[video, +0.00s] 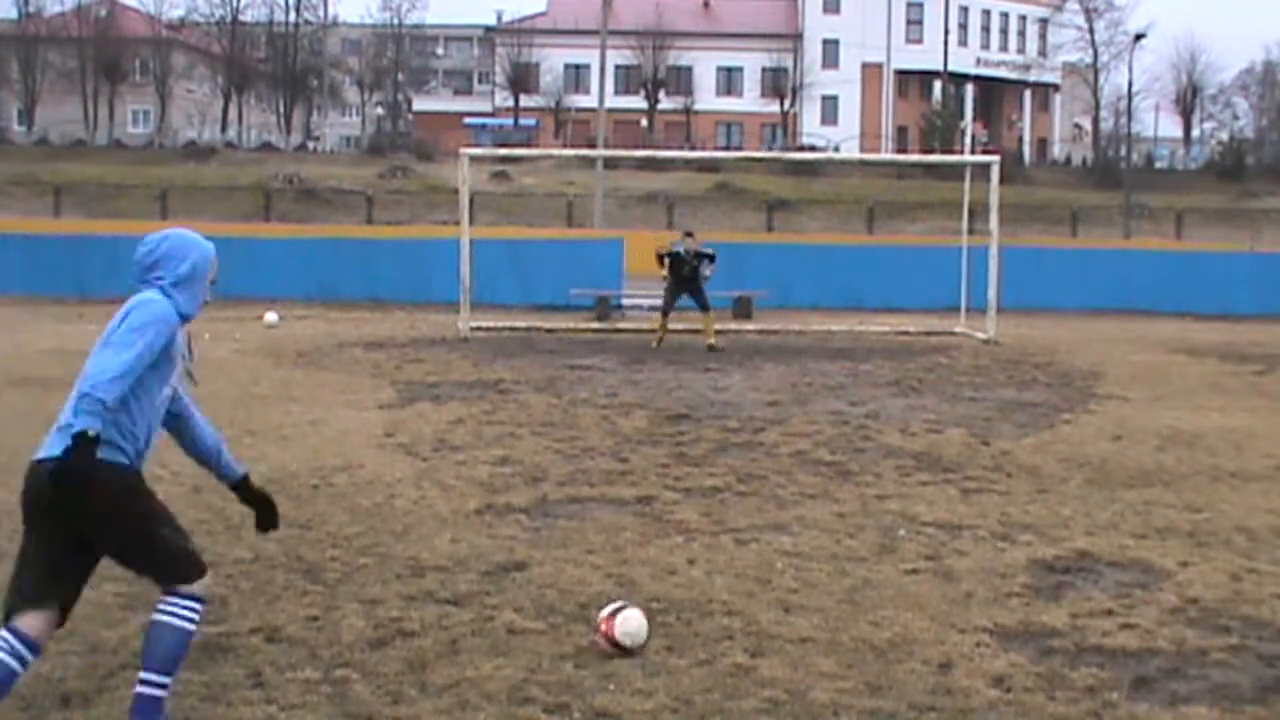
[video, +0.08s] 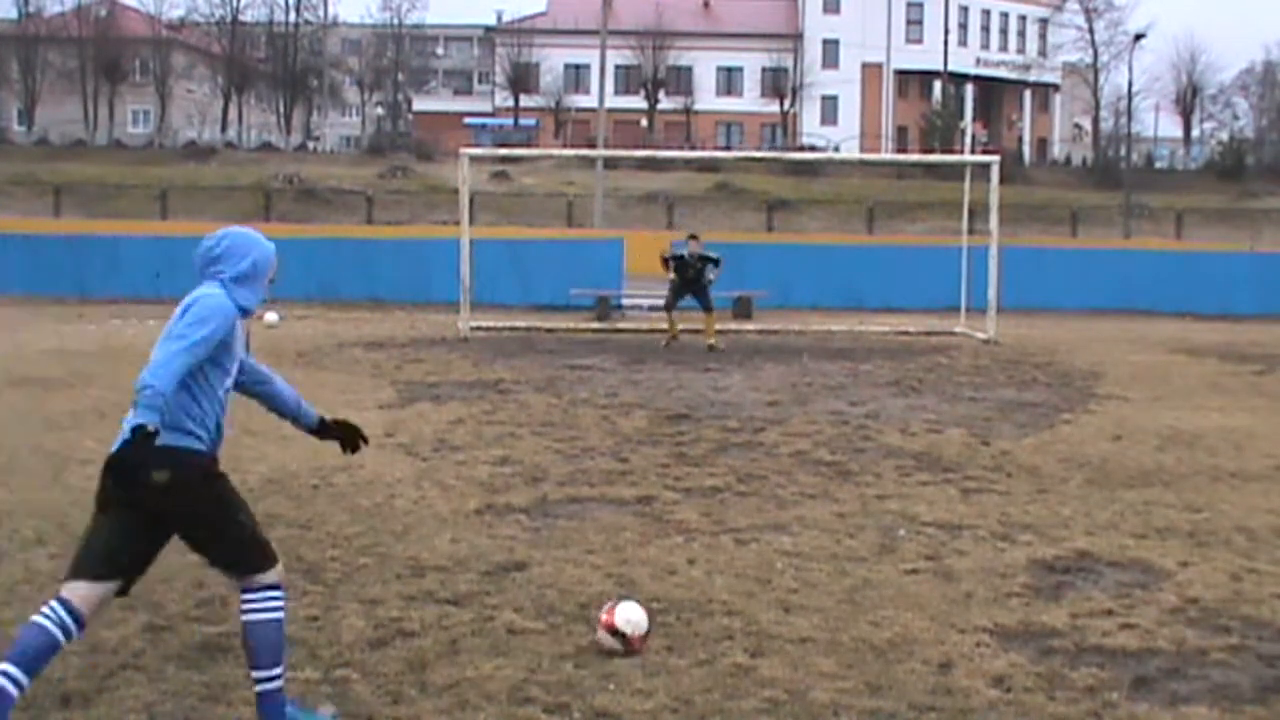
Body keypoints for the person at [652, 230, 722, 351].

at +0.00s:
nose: (689, 245)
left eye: (691, 242)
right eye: (686, 242)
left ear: (695, 243)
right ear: (682, 243)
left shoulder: (698, 254)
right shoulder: (674, 252)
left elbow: (712, 257)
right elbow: (660, 254)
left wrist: (708, 271)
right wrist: (663, 269)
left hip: (693, 283)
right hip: (675, 283)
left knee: (706, 310)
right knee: (665, 311)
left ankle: (711, 340)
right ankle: (660, 337)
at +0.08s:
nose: (693, 248)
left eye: (695, 245)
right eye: (691, 245)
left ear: (699, 246)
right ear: (687, 246)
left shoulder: (704, 258)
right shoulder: (679, 257)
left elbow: (717, 262)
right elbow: (665, 259)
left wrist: (712, 276)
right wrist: (669, 273)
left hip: (698, 284)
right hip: (680, 284)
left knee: (709, 310)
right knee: (668, 307)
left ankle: (711, 339)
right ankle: (672, 333)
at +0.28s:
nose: (695, 250)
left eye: (697, 247)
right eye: (693, 247)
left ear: (701, 249)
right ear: (689, 249)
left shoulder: (707, 259)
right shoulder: (682, 259)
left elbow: (719, 267)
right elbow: (668, 267)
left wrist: (715, 281)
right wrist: (677, 280)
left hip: (704, 285)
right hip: (687, 286)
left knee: (721, 307)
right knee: (679, 311)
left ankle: (717, 337)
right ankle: (682, 341)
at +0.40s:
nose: (698, 252)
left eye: (701, 249)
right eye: (696, 249)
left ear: (704, 250)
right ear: (692, 250)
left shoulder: (710, 261)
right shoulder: (685, 262)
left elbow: (723, 272)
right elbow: (673, 270)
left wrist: (718, 285)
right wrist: (682, 283)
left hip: (707, 287)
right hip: (691, 287)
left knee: (725, 308)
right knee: (683, 312)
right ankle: (684, 342)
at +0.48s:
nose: (700, 254)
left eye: (703, 251)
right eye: (698, 251)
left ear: (707, 252)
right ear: (695, 252)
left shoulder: (713, 263)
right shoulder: (688, 263)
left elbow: (726, 276)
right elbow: (676, 272)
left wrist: (723, 288)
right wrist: (684, 283)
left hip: (710, 288)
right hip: (693, 288)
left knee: (726, 310)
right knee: (681, 309)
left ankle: (736, 340)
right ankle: (681, 340)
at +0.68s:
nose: (702, 250)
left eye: (704, 247)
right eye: (699, 247)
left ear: (708, 249)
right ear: (695, 249)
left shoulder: (715, 264)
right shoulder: (689, 263)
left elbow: (721, 280)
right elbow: (676, 274)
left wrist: (719, 292)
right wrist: (683, 287)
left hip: (711, 287)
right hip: (693, 286)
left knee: (726, 309)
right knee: (679, 312)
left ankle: (737, 339)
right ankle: (673, 341)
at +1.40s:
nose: (686, 285)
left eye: (689, 282)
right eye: (684, 282)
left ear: (693, 282)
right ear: (680, 282)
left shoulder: (696, 294)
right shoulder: (674, 293)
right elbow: (669, 309)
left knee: (706, 313)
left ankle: (700, 340)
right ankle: (674, 339)